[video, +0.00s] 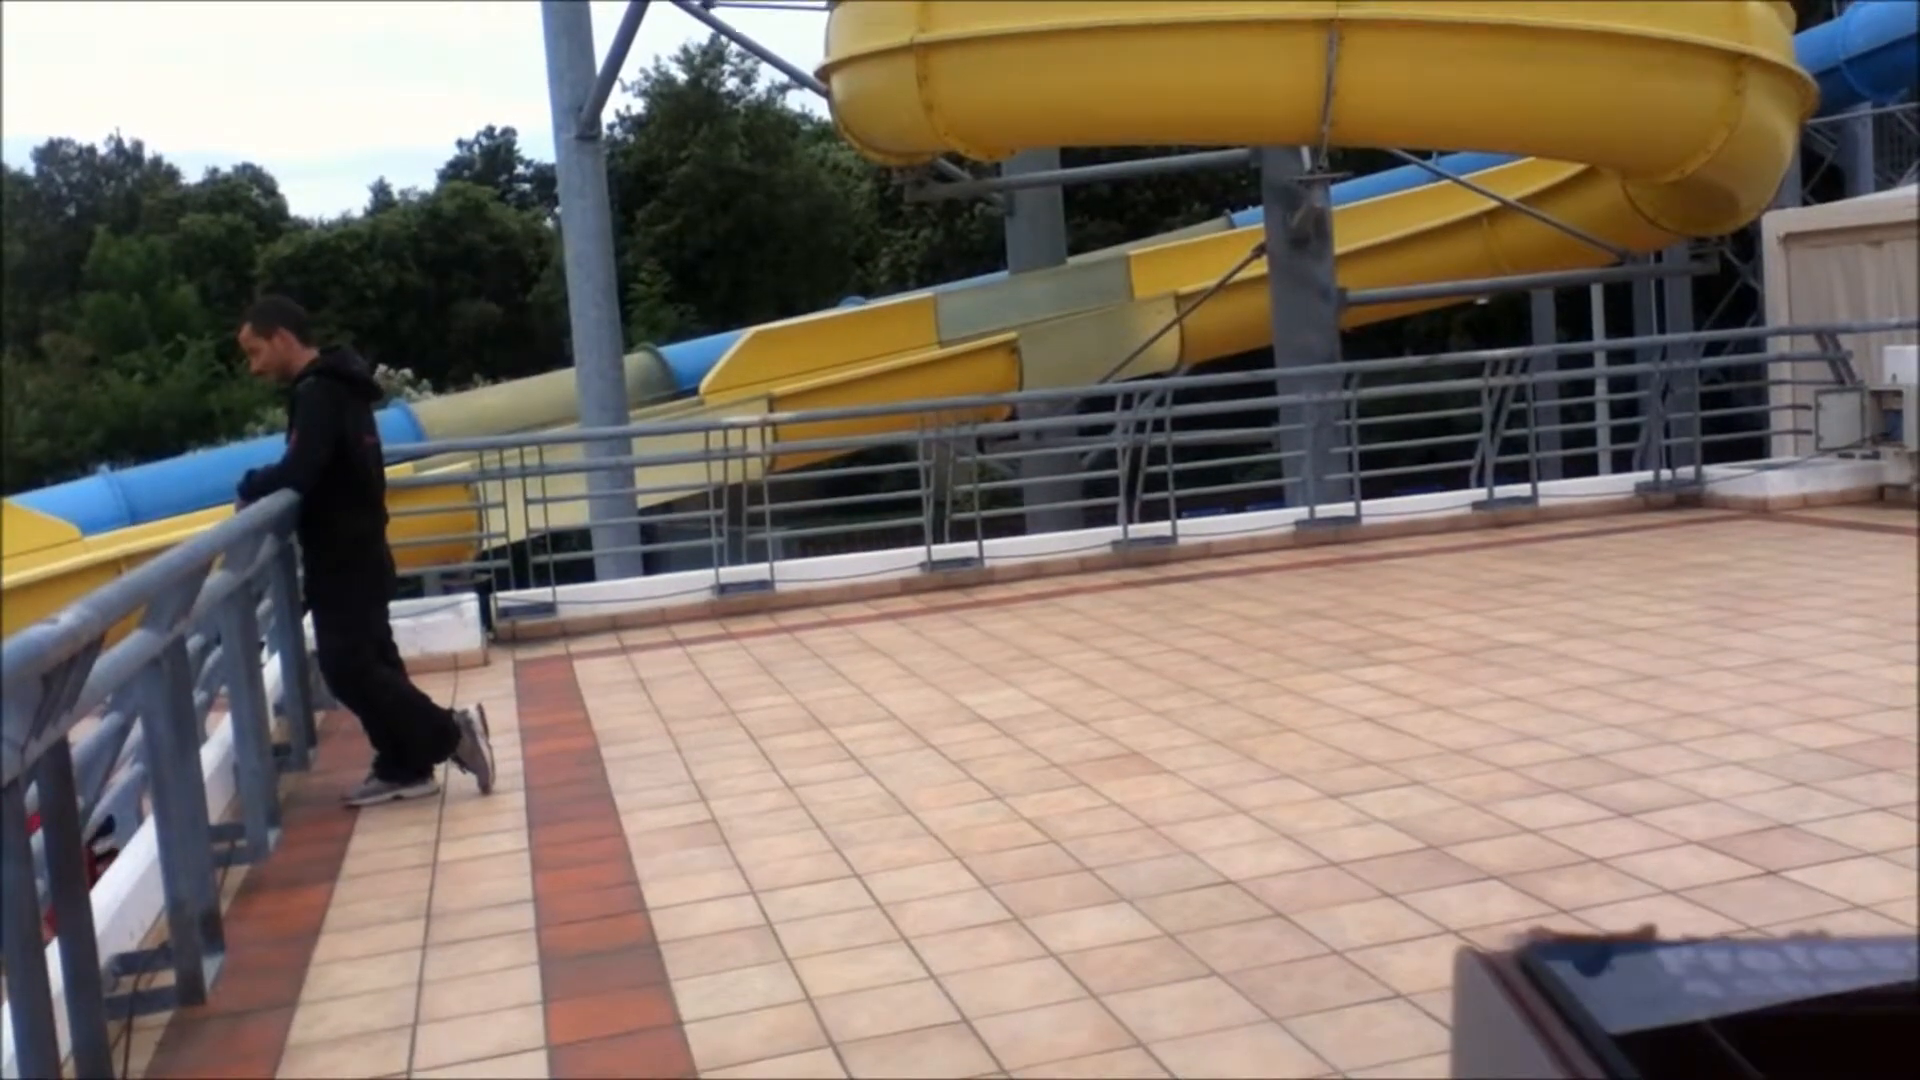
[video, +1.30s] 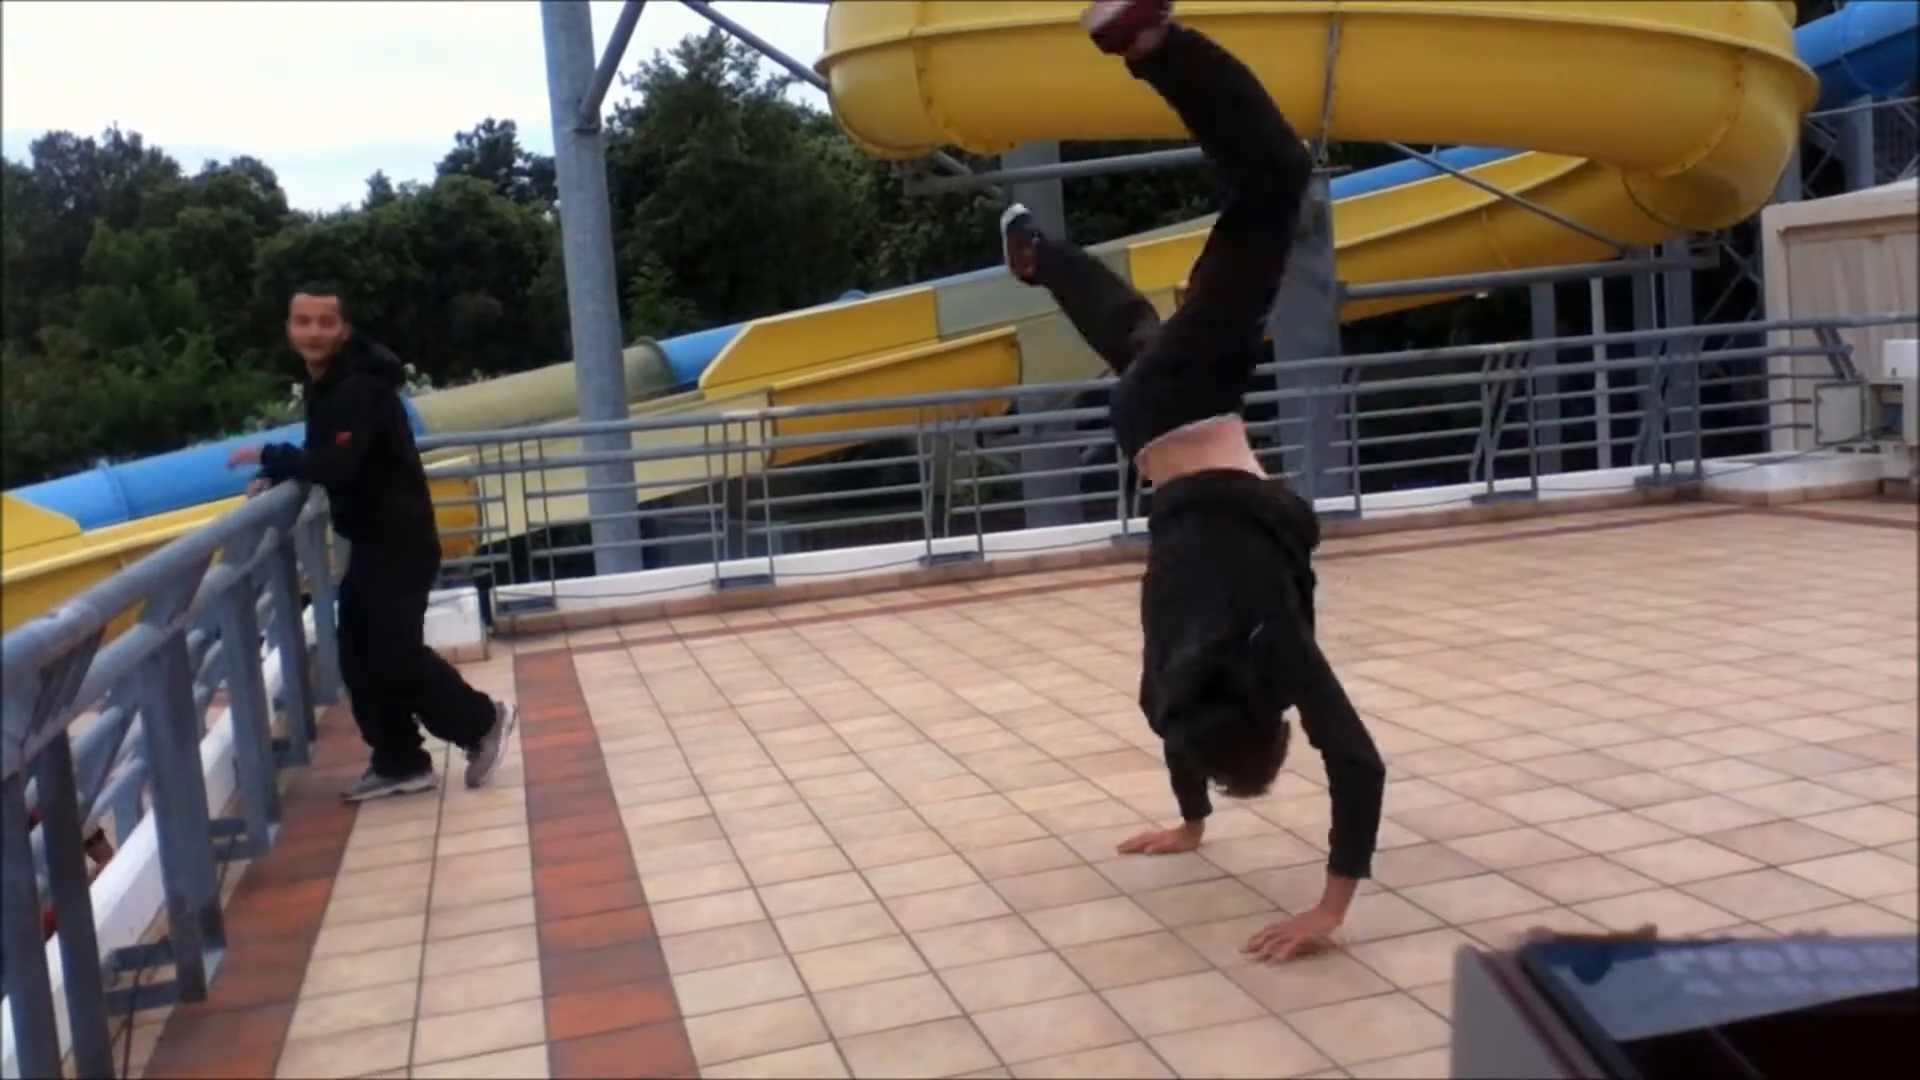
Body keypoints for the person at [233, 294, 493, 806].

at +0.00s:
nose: (252, 366)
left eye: (254, 352)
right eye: (248, 355)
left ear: (283, 339)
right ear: (288, 342)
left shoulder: (318, 392)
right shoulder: (334, 382)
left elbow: (303, 471)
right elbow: (315, 467)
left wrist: (253, 486)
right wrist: (268, 483)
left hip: (343, 558)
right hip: (357, 553)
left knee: (346, 670)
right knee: (371, 659)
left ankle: (449, 734)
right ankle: (402, 769)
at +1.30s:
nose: (314, 332)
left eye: (325, 322)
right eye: (303, 322)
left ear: (343, 328)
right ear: (289, 330)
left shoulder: (361, 383)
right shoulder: (323, 387)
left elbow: (342, 466)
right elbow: (333, 459)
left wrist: (273, 458)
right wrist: (282, 470)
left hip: (402, 543)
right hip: (371, 543)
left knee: (389, 650)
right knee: (357, 652)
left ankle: (482, 721)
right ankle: (400, 763)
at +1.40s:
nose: (344, 319)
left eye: (355, 310)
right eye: (332, 309)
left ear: (369, 319)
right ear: (313, 319)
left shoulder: (398, 378)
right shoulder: (323, 383)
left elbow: (403, 461)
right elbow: (326, 452)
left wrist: (321, 456)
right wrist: (293, 470)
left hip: (419, 531)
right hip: (371, 535)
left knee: (418, 644)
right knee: (365, 654)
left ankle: (467, 730)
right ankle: (400, 760)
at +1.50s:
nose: (385, 316)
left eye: (393, 308)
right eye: (372, 306)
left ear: (402, 317)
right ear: (344, 316)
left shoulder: (430, 375)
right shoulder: (335, 385)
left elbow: (468, 451)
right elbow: (315, 444)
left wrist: (396, 465)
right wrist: (272, 496)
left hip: (442, 530)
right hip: (383, 532)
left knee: (441, 646)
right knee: (360, 644)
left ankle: (452, 753)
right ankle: (392, 756)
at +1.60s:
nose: (422, 321)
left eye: (427, 312)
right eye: (409, 311)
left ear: (434, 320)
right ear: (378, 319)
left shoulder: (459, 379)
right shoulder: (358, 388)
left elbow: (514, 447)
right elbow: (329, 439)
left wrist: (470, 454)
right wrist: (281, 477)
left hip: (458, 535)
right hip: (396, 538)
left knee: (462, 646)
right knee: (355, 640)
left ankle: (459, 753)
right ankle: (378, 746)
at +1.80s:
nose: (477, 302)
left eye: (481, 292)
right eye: (464, 293)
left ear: (485, 299)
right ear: (429, 300)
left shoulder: (503, 358)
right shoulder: (394, 365)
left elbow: (558, 428)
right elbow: (348, 418)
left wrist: (542, 428)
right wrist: (303, 461)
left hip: (490, 523)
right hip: (429, 527)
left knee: (483, 641)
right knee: (448, 644)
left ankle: (463, 753)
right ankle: (470, 762)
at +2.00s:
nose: (522, 339)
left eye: (526, 329)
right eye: (508, 331)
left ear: (531, 333)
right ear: (473, 340)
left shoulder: (550, 392)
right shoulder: (443, 397)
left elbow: (599, 430)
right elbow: (388, 442)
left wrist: (638, 445)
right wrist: (328, 480)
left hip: (528, 550)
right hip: (469, 551)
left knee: (502, 655)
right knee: (511, 654)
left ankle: (456, 746)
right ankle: (538, 775)